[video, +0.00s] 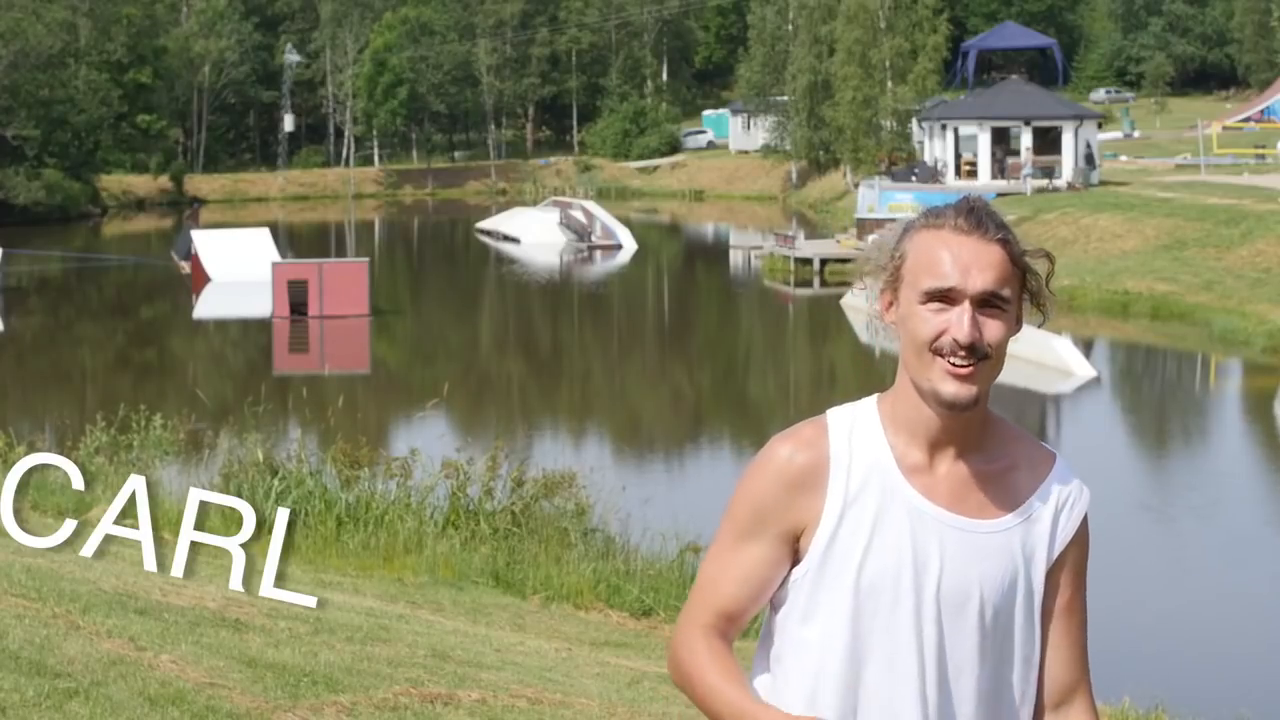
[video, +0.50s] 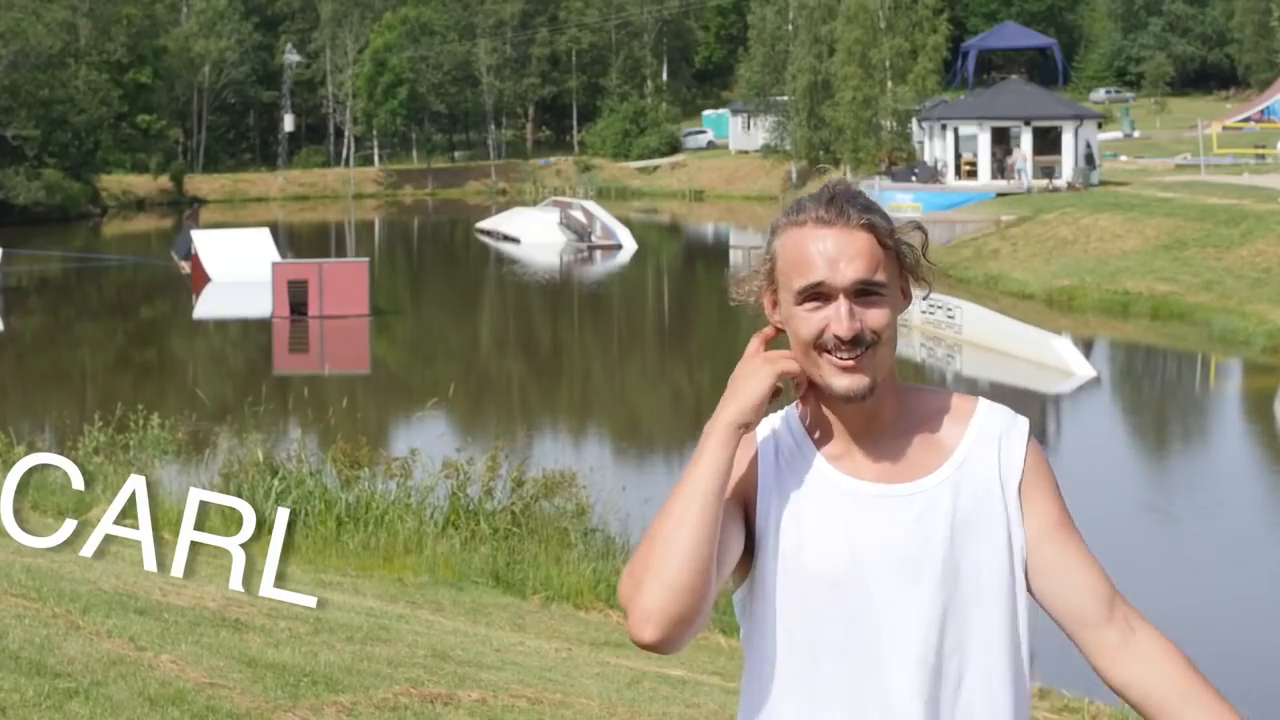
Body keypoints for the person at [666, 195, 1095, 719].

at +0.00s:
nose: (967, 331)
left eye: (992, 305)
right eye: (941, 300)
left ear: (1017, 321)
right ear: (890, 306)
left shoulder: (1053, 498)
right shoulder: (802, 465)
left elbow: (1065, 703)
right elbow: (695, 644)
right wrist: (767, 717)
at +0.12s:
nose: (948, 335)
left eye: (973, 306)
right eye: (920, 304)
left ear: (999, 319)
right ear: (872, 313)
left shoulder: (1046, 494)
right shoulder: (790, 468)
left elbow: (1057, 700)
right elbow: (673, 663)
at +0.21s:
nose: (917, 334)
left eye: (942, 304)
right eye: (889, 304)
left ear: (975, 311)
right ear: (847, 311)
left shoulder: (1038, 489)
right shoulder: (778, 461)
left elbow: (1052, 696)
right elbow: (660, 677)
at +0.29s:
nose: (894, 332)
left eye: (918, 302)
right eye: (865, 303)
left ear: (947, 308)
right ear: (820, 312)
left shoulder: (1023, 473)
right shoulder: (777, 466)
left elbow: (1067, 687)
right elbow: (659, 652)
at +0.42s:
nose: (863, 325)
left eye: (883, 295)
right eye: (830, 300)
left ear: (916, 298)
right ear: (790, 315)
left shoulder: (1008, 454)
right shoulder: (769, 459)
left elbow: (1104, 656)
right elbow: (658, 620)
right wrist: (739, 422)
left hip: (976, 708)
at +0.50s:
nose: (845, 323)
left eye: (868, 293)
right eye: (814, 298)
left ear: (902, 298)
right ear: (774, 310)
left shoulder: (994, 443)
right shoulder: (757, 457)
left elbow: (1116, 636)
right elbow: (653, 624)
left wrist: (1229, 713)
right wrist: (725, 421)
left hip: (974, 711)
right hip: (795, 711)